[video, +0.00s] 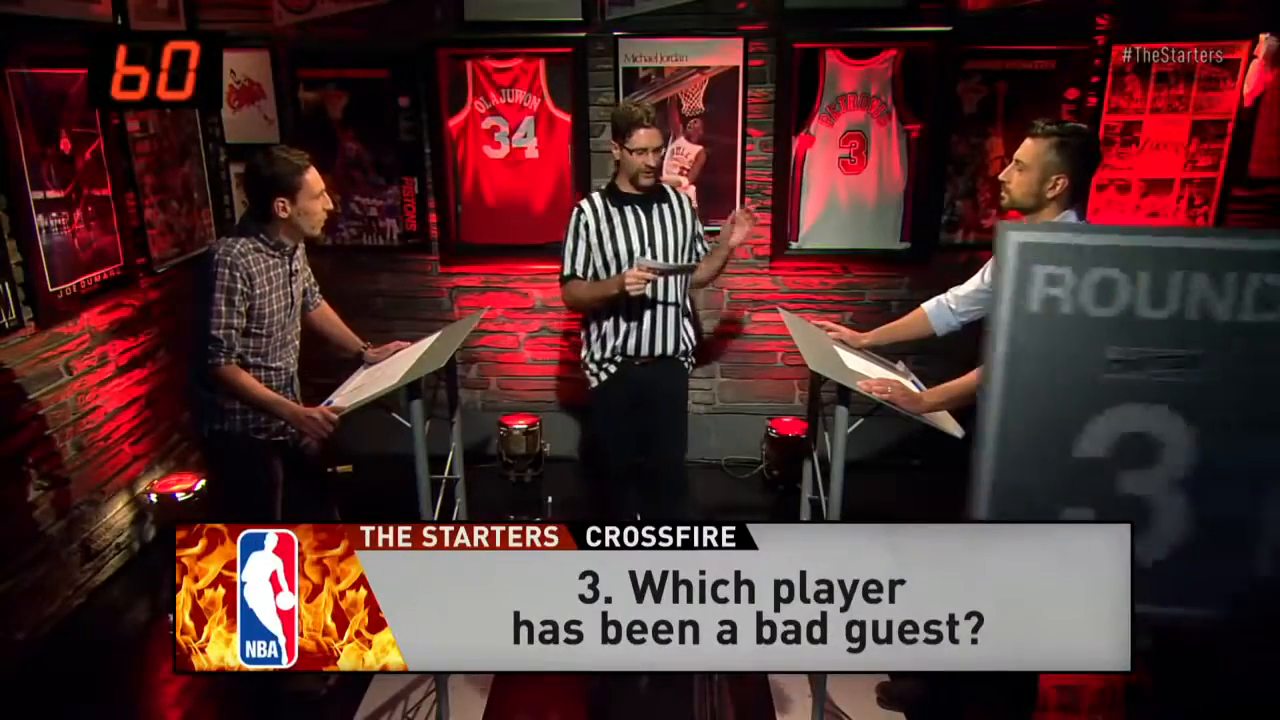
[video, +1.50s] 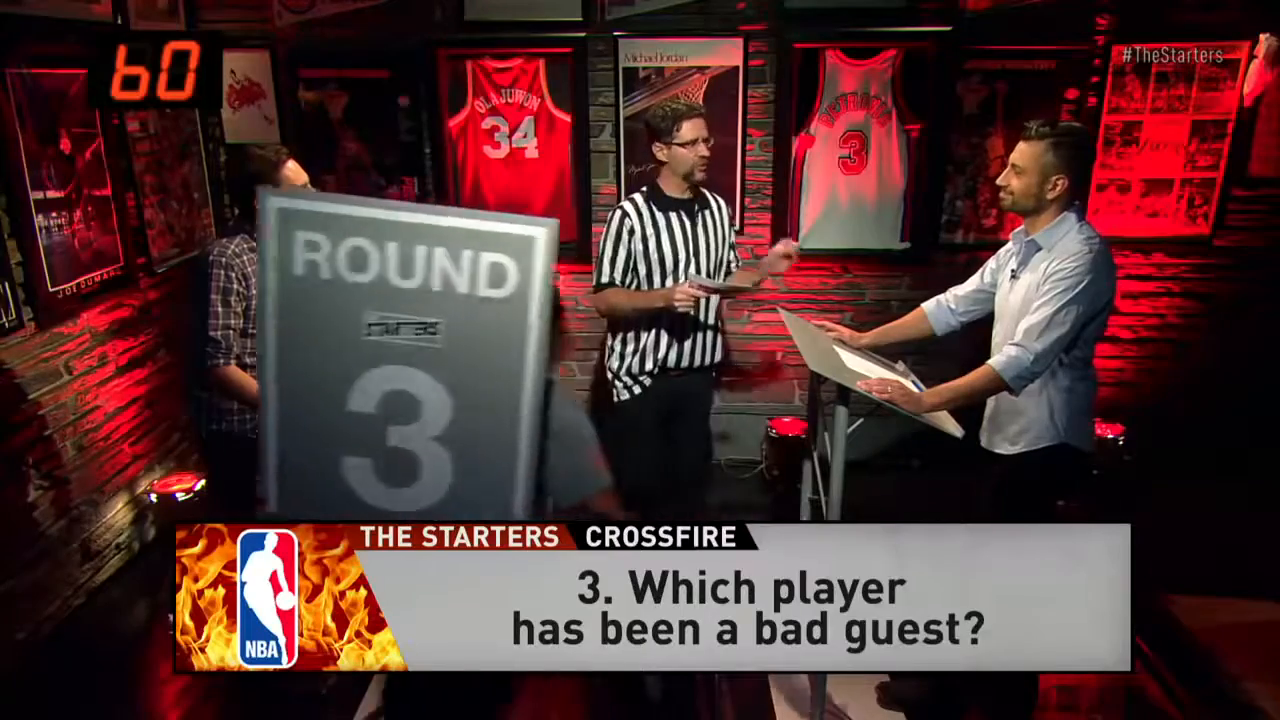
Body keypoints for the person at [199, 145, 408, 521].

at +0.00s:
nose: (329, 204)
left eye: (325, 193)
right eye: (319, 196)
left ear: (286, 207)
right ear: (283, 207)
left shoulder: (292, 248)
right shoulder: (233, 260)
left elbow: (313, 305)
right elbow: (220, 365)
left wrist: (364, 350)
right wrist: (295, 413)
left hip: (288, 428)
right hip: (243, 437)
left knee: (307, 527)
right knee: (255, 540)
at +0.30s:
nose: (325, 200)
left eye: (320, 189)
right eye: (313, 192)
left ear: (280, 207)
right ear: (277, 206)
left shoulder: (292, 248)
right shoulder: (233, 260)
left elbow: (313, 305)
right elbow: (220, 366)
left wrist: (364, 350)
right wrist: (295, 413)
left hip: (288, 428)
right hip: (242, 437)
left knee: (307, 526)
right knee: (255, 540)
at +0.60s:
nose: (321, 197)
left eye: (315, 186)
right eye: (308, 190)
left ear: (275, 207)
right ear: (272, 207)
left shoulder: (291, 248)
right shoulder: (231, 261)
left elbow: (313, 305)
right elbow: (220, 366)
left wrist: (364, 350)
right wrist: (294, 413)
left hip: (287, 427)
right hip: (241, 437)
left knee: (308, 525)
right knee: (255, 539)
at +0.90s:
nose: (315, 196)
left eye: (309, 185)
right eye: (301, 188)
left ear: (270, 205)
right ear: (267, 205)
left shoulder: (289, 247)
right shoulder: (228, 261)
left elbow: (312, 304)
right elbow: (218, 366)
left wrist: (364, 350)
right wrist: (293, 413)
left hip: (287, 427)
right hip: (241, 436)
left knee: (310, 524)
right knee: (254, 539)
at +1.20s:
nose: (314, 196)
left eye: (309, 185)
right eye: (301, 189)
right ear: (265, 205)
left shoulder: (288, 245)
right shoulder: (228, 261)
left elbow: (312, 305)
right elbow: (218, 366)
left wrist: (363, 350)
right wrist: (293, 413)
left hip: (286, 426)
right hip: (241, 436)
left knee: (305, 525)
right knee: (251, 539)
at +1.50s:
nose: (306, 204)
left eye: (307, 192)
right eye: (296, 194)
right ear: (262, 198)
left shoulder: (296, 251)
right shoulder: (231, 256)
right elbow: (219, 364)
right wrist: (284, 406)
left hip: (287, 428)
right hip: (242, 435)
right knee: (246, 533)